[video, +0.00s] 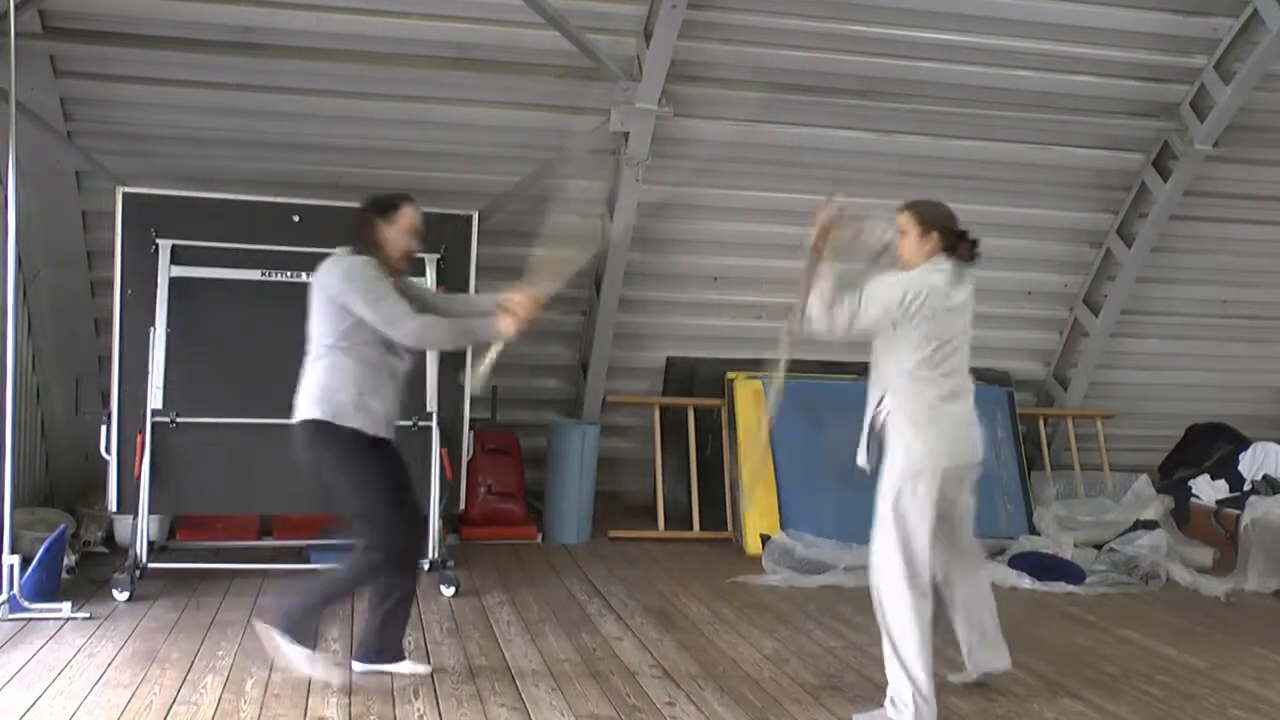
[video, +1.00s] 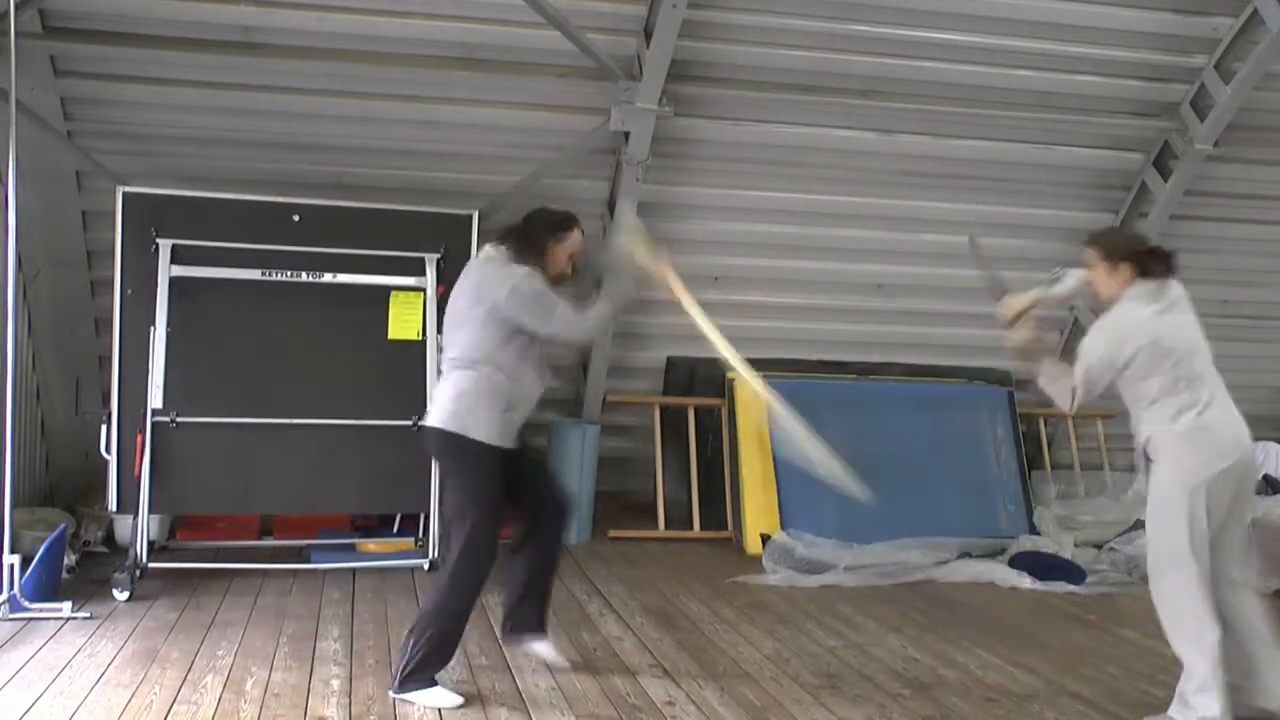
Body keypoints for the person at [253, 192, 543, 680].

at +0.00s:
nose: (416, 245)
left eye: (418, 235)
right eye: (409, 232)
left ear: (396, 233)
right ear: (379, 227)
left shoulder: (382, 279)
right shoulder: (348, 270)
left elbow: (439, 306)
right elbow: (409, 328)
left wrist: (502, 301)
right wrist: (495, 327)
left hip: (366, 432)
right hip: (333, 427)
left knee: (408, 537)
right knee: (385, 541)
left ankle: (378, 653)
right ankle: (289, 619)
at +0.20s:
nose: (457, 257)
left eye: (461, 248)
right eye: (455, 245)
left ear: (420, 229)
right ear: (432, 234)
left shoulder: (379, 265)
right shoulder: (400, 269)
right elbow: (483, 289)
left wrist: (504, 235)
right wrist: (511, 220)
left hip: (396, 427)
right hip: (409, 431)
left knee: (456, 529)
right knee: (443, 550)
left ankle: (400, 624)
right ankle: (433, 690)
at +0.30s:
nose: (481, 230)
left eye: (481, 223)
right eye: (475, 222)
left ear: (430, 224)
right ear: (448, 226)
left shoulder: (398, 264)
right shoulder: (444, 270)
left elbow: (443, 224)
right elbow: (513, 251)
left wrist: (460, 173)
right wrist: (498, 195)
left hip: (411, 428)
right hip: (439, 431)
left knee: (476, 529)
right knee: (468, 551)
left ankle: (453, 613)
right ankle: (433, 690)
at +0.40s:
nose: (500, 229)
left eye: (498, 218)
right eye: (492, 220)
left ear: (449, 223)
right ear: (467, 224)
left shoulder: (419, 263)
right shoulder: (464, 268)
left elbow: (453, 236)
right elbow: (529, 251)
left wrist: (479, 193)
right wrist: (514, 206)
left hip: (429, 423)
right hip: (449, 428)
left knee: (525, 486)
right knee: (467, 560)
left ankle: (493, 590)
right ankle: (432, 691)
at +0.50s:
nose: (529, 237)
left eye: (530, 226)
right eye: (524, 226)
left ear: (482, 227)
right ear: (496, 226)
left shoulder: (450, 270)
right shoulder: (480, 265)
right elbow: (553, 281)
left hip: (469, 429)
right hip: (453, 432)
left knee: (533, 510)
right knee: (473, 557)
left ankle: (519, 627)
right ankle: (431, 690)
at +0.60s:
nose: (554, 251)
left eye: (554, 240)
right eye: (548, 240)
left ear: (518, 239)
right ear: (518, 238)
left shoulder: (505, 288)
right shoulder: (483, 269)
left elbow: (540, 356)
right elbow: (552, 301)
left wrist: (596, 338)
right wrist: (616, 311)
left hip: (485, 439)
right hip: (447, 435)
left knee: (524, 535)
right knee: (482, 556)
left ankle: (520, 649)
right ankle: (432, 688)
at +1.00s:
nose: (570, 267)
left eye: (574, 257)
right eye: (568, 254)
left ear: (534, 239)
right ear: (546, 243)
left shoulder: (493, 268)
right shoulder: (511, 277)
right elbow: (575, 329)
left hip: (488, 430)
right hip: (468, 429)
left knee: (548, 508)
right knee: (472, 549)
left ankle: (524, 628)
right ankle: (413, 678)